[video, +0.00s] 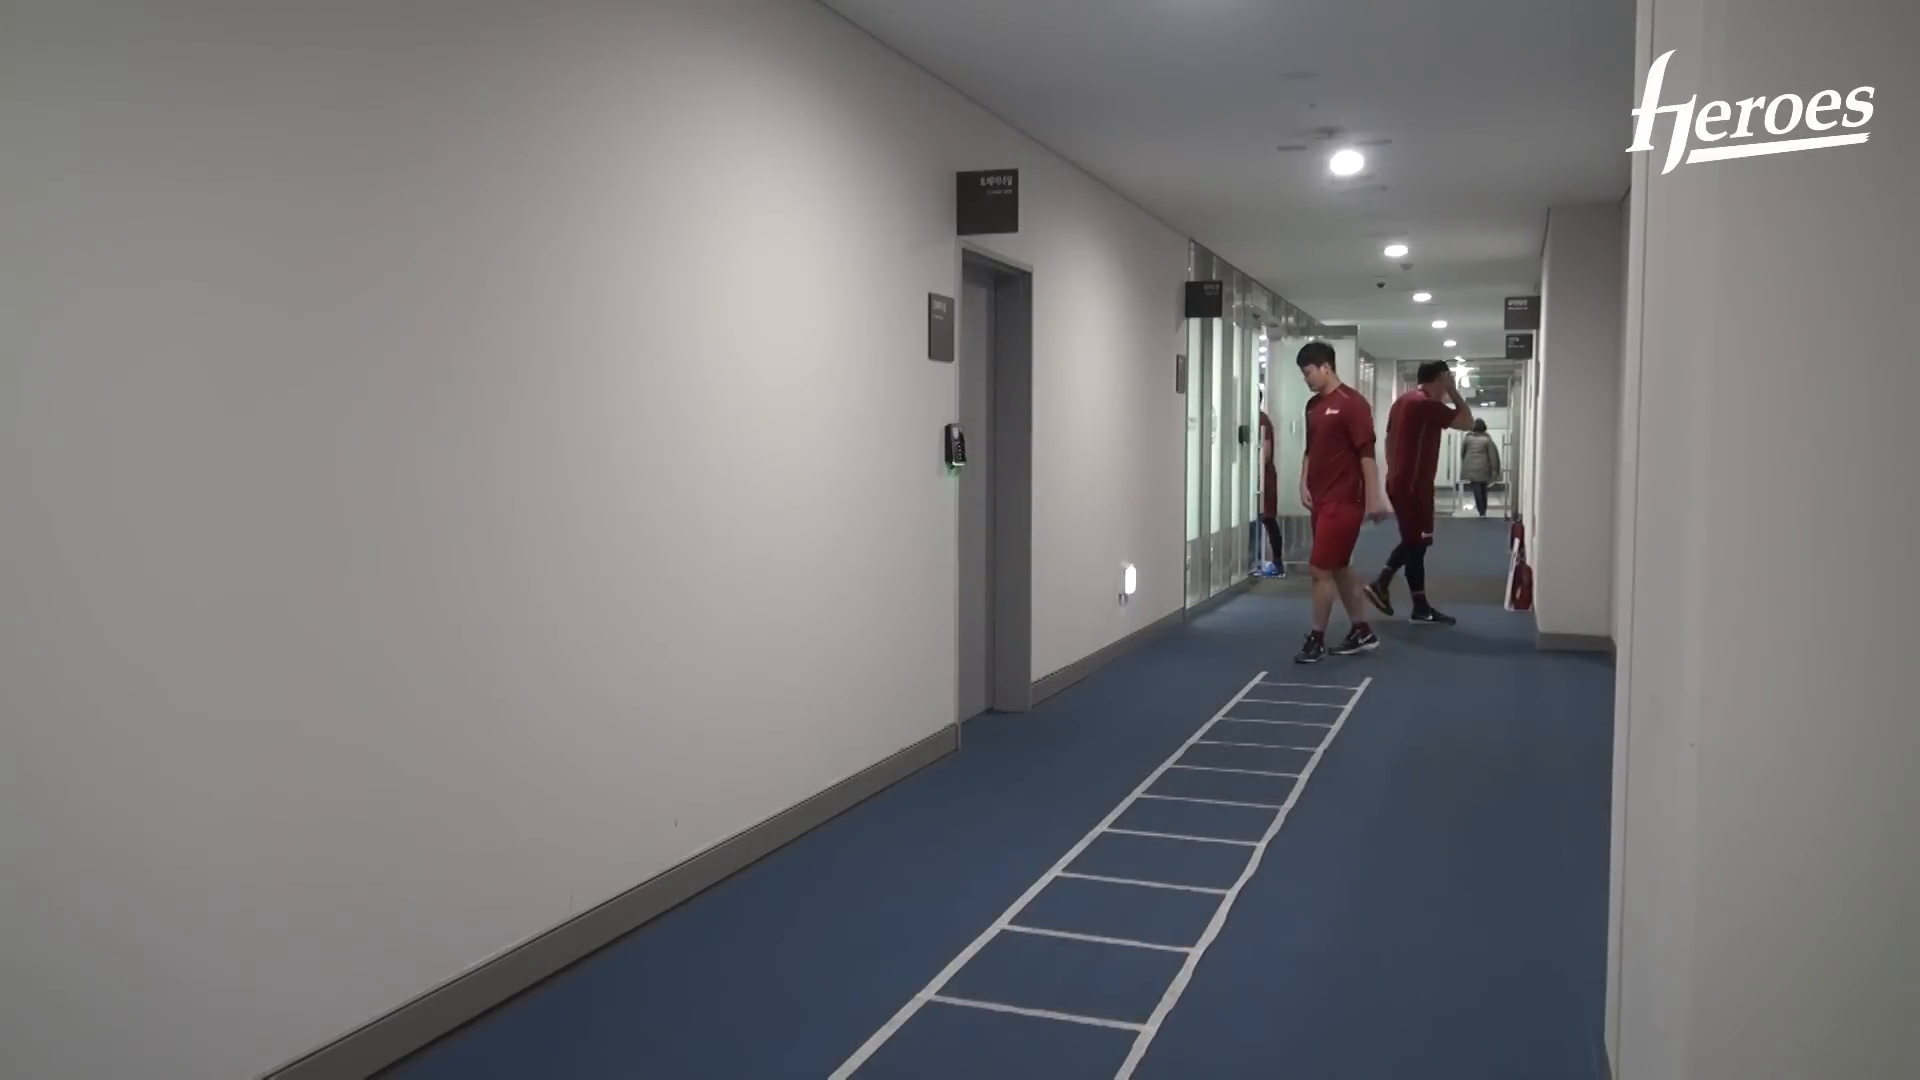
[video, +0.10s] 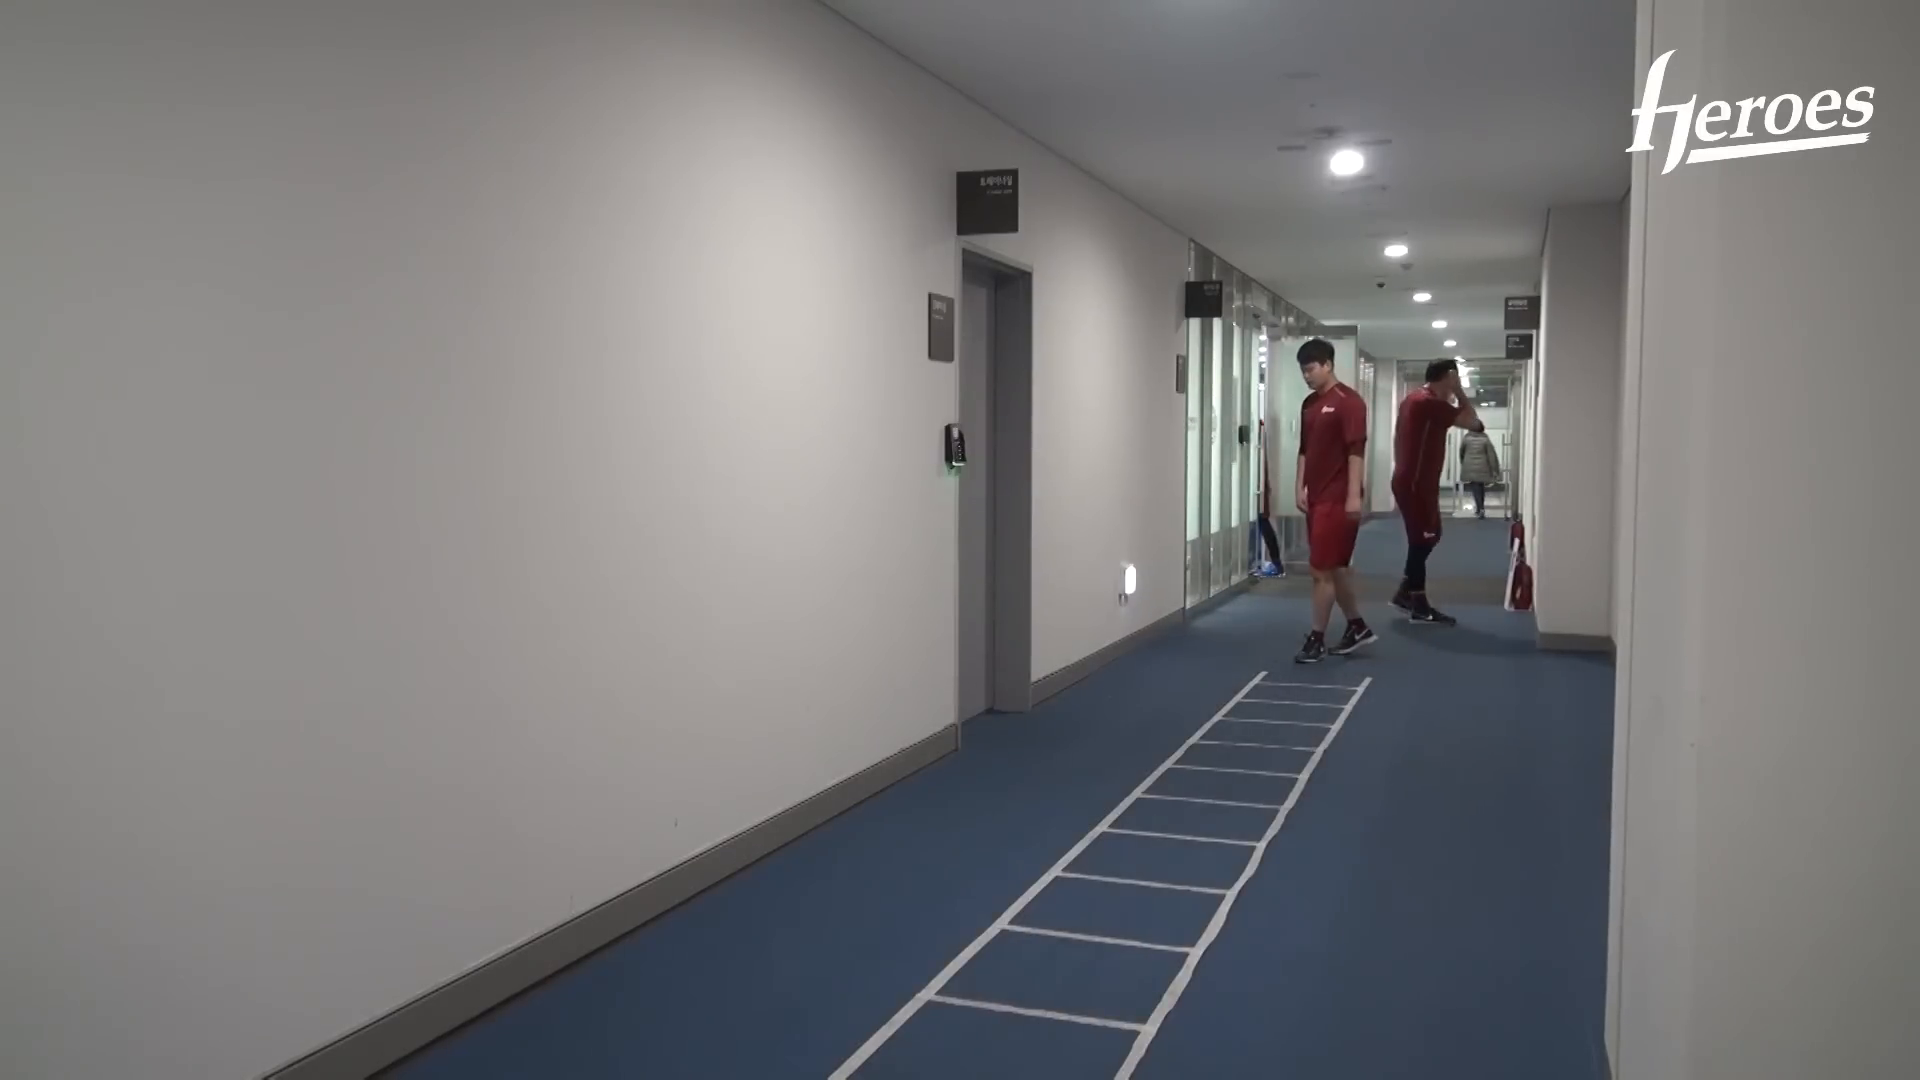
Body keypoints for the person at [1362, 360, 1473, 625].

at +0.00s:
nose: (1449, 387)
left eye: (1449, 382)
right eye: (1447, 382)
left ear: (1423, 381)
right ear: (1437, 381)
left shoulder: (1401, 402)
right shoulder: (1427, 405)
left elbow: (1390, 441)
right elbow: (1466, 420)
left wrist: (1393, 472)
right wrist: (1451, 391)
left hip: (1398, 482)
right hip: (1415, 484)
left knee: (1413, 541)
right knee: (1417, 543)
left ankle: (1380, 584)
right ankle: (1421, 607)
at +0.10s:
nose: (1456, 384)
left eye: (1456, 379)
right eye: (1454, 379)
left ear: (1431, 379)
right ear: (1445, 379)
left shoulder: (1411, 401)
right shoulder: (1431, 404)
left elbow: (1398, 440)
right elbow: (1471, 420)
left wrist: (1402, 469)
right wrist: (1459, 389)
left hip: (1408, 480)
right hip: (1418, 483)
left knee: (1426, 537)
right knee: (1422, 541)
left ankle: (1406, 591)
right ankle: (1419, 604)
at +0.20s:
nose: (1463, 388)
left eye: (1463, 383)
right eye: (1462, 382)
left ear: (1442, 378)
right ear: (1453, 378)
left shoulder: (1432, 400)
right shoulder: (1430, 403)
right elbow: (1474, 421)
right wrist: (1463, 390)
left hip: (1430, 484)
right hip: (1419, 486)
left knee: (1433, 542)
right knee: (1421, 544)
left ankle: (1434, 599)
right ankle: (1421, 605)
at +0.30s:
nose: (1468, 392)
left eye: (1469, 386)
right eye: (1468, 386)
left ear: (1452, 378)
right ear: (1459, 379)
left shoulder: (1440, 402)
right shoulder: (1433, 403)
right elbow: (1474, 419)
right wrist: (1466, 390)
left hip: (1436, 485)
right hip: (1422, 486)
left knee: (1441, 545)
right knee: (1421, 545)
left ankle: (1453, 602)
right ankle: (1420, 606)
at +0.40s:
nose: (1472, 391)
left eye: (1474, 386)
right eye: (1473, 385)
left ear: (1458, 377)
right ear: (1463, 378)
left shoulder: (1448, 403)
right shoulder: (1434, 403)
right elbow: (1470, 419)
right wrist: (1468, 392)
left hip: (1449, 486)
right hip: (1429, 486)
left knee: (1448, 546)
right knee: (1425, 544)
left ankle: (1454, 604)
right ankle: (1420, 606)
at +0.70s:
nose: (1490, 393)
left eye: (1493, 388)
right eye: (1489, 386)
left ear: (1487, 386)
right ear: (1475, 380)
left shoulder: (1480, 409)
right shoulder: (1439, 400)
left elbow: (1481, 443)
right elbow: (1449, 415)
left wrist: (1493, 475)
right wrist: (1465, 388)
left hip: (1460, 485)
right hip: (1434, 483)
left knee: (1455, 544)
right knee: (1436, 540)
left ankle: (1455, 604)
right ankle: (1423, 603)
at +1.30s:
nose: (1463, 389)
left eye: (1468, 384)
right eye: (1460, 382)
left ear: (1472, 383)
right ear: (1448, 377)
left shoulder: (1475, 405)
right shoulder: (1426, 402)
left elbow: (1484, 443)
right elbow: (1412, 415)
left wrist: (1494, 477)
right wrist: (1431, 385)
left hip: (1464, 487)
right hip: (1431, 487)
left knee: (1464, 547)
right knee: (1431, 545)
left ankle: (1456, 604)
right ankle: (1428, 607)